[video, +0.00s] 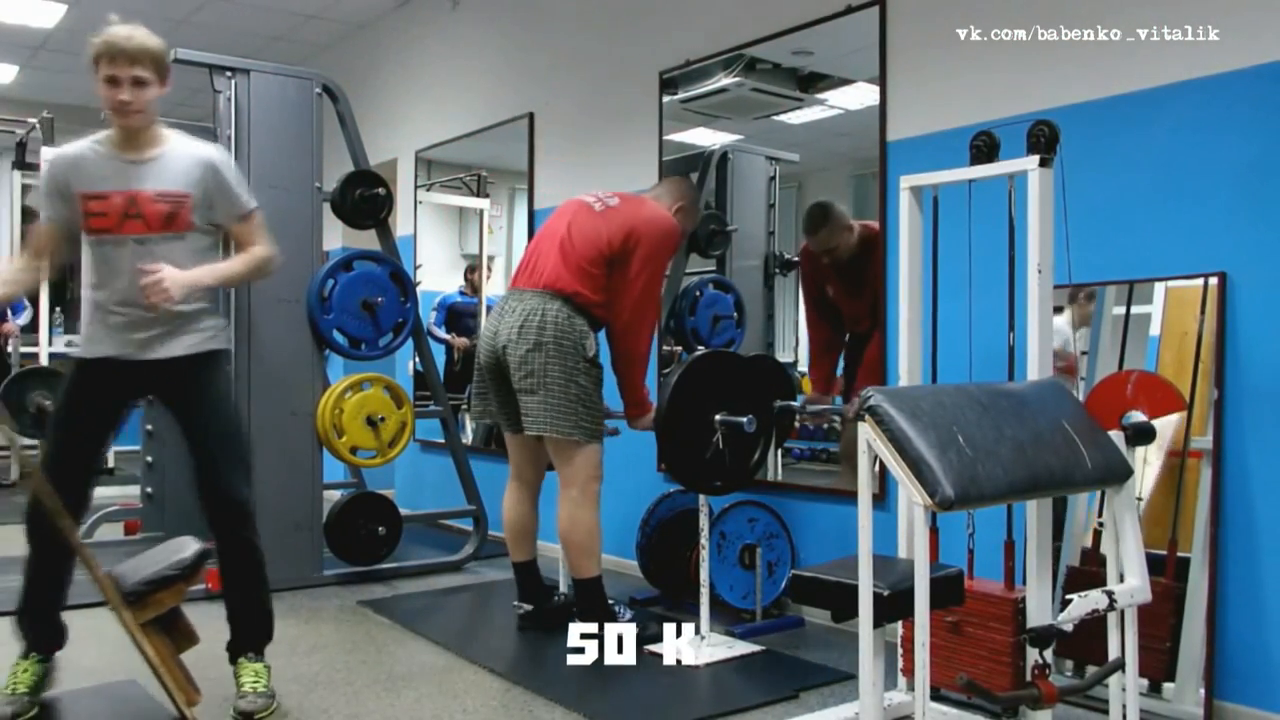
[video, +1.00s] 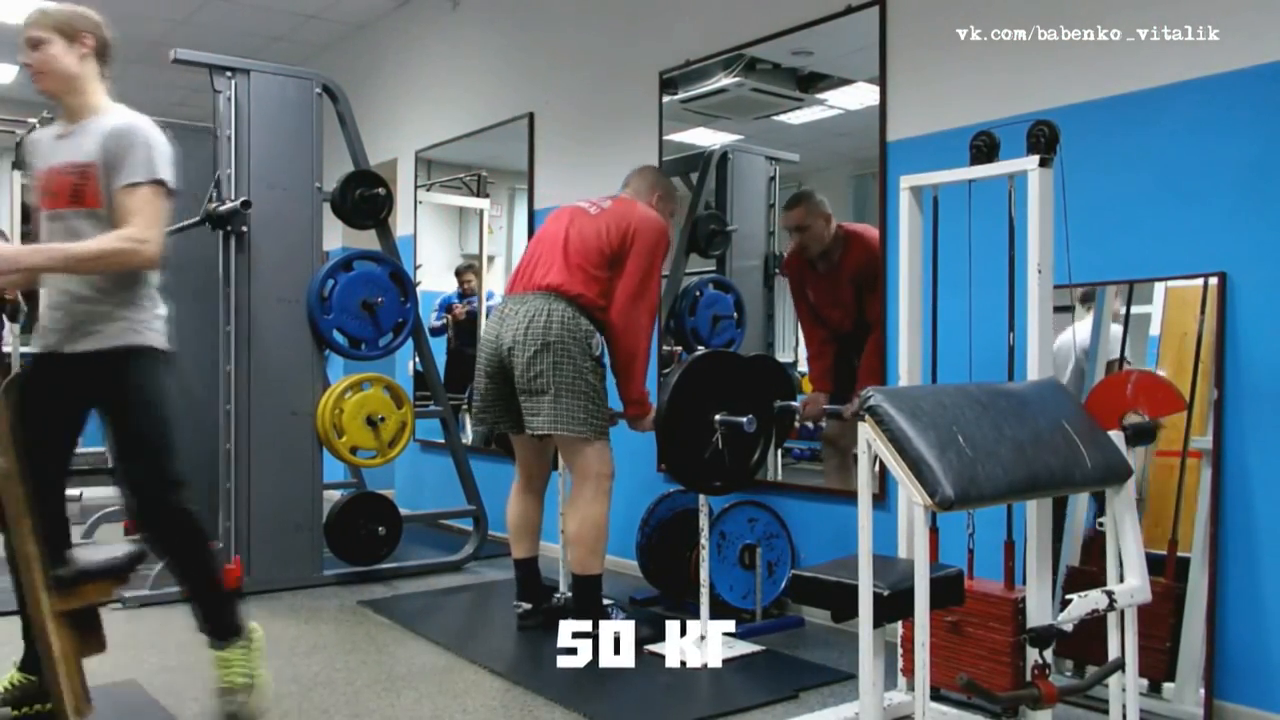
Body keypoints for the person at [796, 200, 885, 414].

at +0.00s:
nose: (826, 260)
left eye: (831, 251)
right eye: (819, 254)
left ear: (851, 230)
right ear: (811, 245)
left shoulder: (881, 244)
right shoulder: (811, 258)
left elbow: (889, 325)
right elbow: (822, 328)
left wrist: (862, 394)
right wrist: (820, 390)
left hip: (888, 334)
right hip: (857, 336)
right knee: (851, 403)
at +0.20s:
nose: (808, 264)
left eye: (813, 255)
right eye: (801, 258)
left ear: (831, 234)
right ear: (793, 250)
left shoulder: (872, 247)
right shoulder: (799, 268)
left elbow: (884, 325)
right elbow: (824, 337)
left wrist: (865, 390)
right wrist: (822, 392)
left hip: (882, 344)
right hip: (845, 349)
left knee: (880, 429)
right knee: (843, 436)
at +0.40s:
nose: (796, 261)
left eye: (801, 250)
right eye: (790, 254)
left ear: (823, 233)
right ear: (784, 249)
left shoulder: (867, 251)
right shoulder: (795, 269)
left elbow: (879, 327)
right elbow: (820, 338)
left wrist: (867, 392)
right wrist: (820, 393)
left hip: (881, 344)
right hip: (843, 350)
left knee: (878, 435)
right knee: (840, 438)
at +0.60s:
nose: (791, 255)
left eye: (796, 244)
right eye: (785, 248)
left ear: (821, 231)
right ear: (781, 245)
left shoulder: (867, 251)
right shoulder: (793, 270)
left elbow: (880, 327)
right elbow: (819, 338)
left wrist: (868, 391)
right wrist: (820, 393)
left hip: (880, 341)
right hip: (841, 347)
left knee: (878, 433)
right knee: (837, 435)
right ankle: (841, 516)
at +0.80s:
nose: (791, 249)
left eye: (797, 238)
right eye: (786, 241)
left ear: (824, 228)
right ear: (782, 239)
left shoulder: (868, 251)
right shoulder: (792, 268)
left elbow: (881, 327)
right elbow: (817, 336)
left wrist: (866, 392)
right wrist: (820, 392)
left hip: (878, 343)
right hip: (840, 348)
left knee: (876, 437)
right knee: (834, 437)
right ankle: (842, 521)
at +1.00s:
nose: (795, 241)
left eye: (802, 230)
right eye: (790, 232)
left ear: (828, 222)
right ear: (786, 231)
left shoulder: (870, 247)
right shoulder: (796, 265)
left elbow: (882, 325)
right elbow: (815, 333)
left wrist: (866, 391)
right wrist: (819, 390)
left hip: (878, 343)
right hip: (838, 348)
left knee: (878, 432)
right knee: (835, 436)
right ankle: (840, 516)